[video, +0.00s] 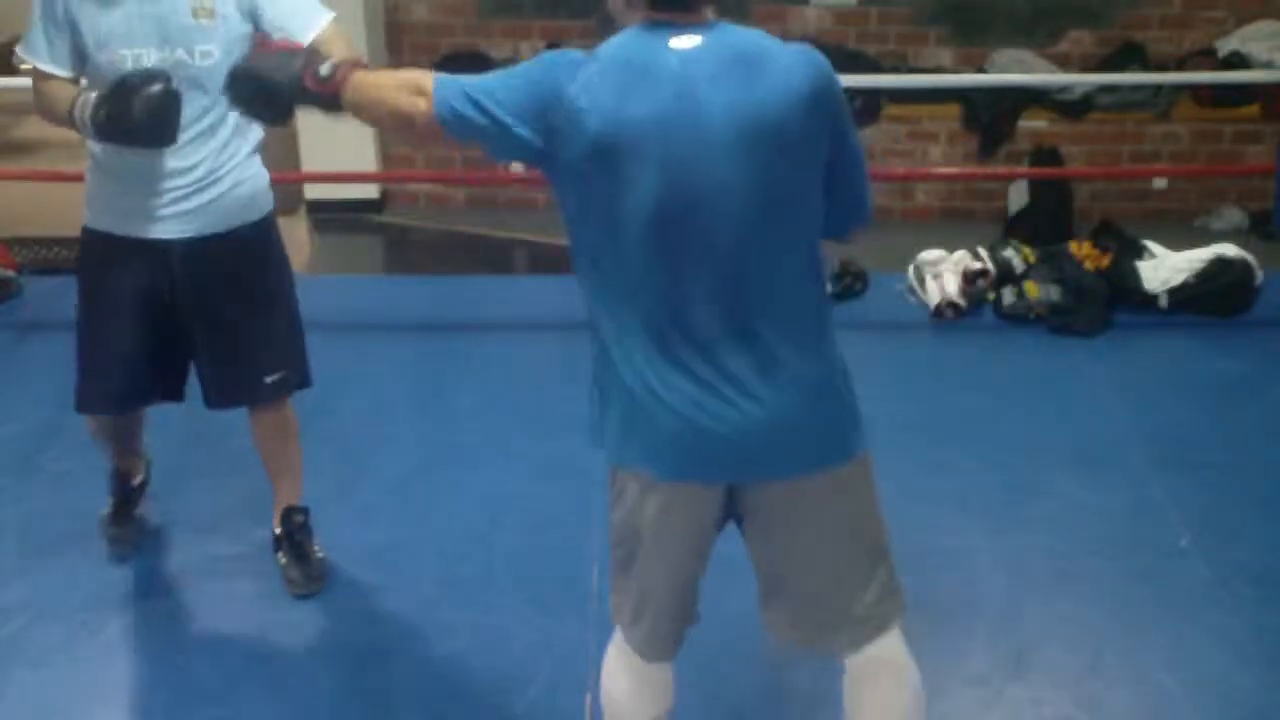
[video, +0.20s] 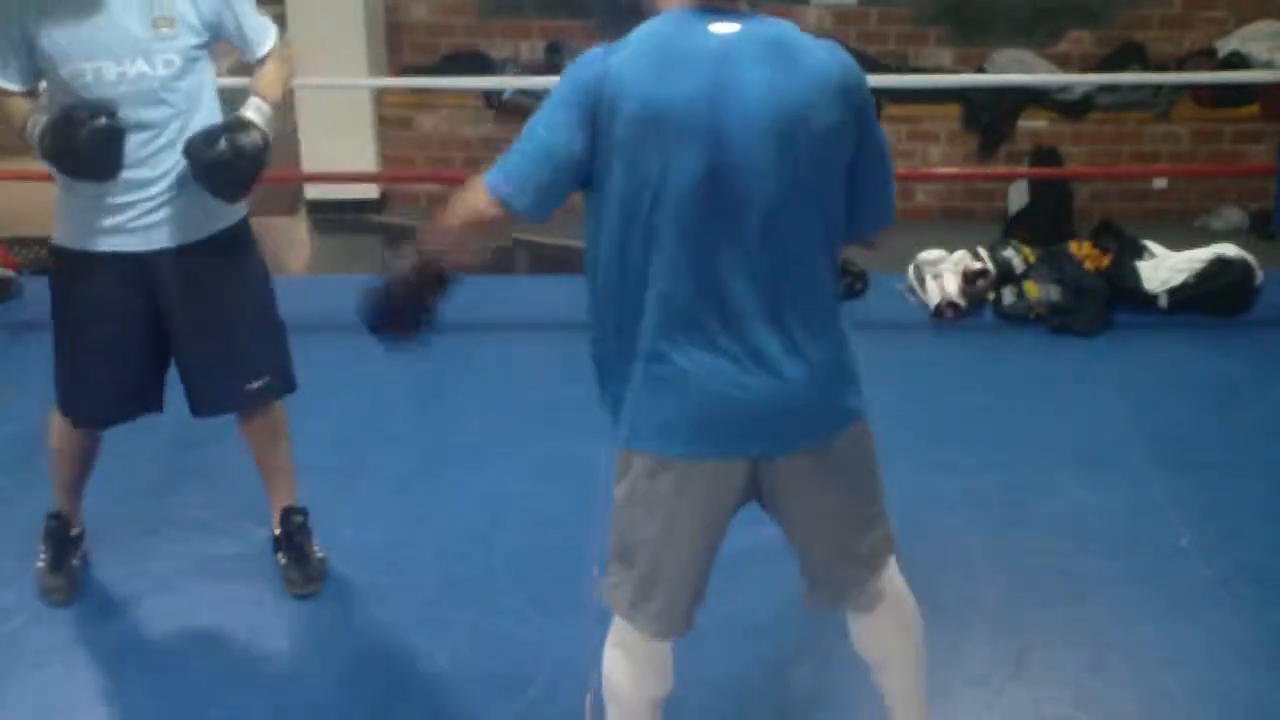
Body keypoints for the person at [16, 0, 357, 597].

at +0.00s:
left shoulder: (251, 2)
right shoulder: (66, 3)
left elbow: (338, 52)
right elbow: (48, 89)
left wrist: (298, 77)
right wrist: (97, 110)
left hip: (231, 216)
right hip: (121, 221)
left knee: (267, 384)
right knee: (108, 399)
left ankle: (292, 523)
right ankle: (128, 474)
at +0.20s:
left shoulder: (196, 1)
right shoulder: (25, 13)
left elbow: (273, 53)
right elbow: (10, 96)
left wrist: (254, 122)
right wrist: (41, 131)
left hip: (208, 225)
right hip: (95, 237)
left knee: (257, 386)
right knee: (81, 403)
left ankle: (290, 524)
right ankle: (64, 527)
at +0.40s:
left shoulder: (136, 3)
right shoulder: (2, 28)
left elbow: (180, 39)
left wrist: (187, 107)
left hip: (151, 224)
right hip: (39, 242)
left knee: (224, 387)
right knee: (52, 408)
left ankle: (284, 520)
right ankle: (61, 531)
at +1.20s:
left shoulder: (127, 8)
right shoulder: (11, 15)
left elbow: (135, 85)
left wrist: (136, 132)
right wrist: (5, 153)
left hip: (84, 228)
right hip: (4, 245)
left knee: (141, 383)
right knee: (1, 418)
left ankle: (193, 521)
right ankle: (23, 524)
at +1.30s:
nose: (104, 6)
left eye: (111, 3)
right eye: (94, 4)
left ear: (116, 0)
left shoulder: (125, 13)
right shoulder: (10, 23)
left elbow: (134, 88)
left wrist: (128, 134)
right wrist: (6, 167)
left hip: (70, 226)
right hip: (3, 235)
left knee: (139, 377)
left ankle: (191, 519)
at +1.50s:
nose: (59, 12)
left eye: (64, 3)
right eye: (43, 5)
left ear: (71, 3)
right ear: (11, 6)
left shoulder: (68, 30)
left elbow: (89, 112)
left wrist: (103, 146)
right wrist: (7, 183)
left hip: (42, 250)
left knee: (144, 385)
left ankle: (193, 522)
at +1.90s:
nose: (13, 60)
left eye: (19, 43)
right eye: (1, 46)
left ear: (30, 43)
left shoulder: (30, 80)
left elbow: (83, 198)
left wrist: (85, 147)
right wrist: (26, 160)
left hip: (17, 276)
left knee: (146, 398)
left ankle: (254, 525)